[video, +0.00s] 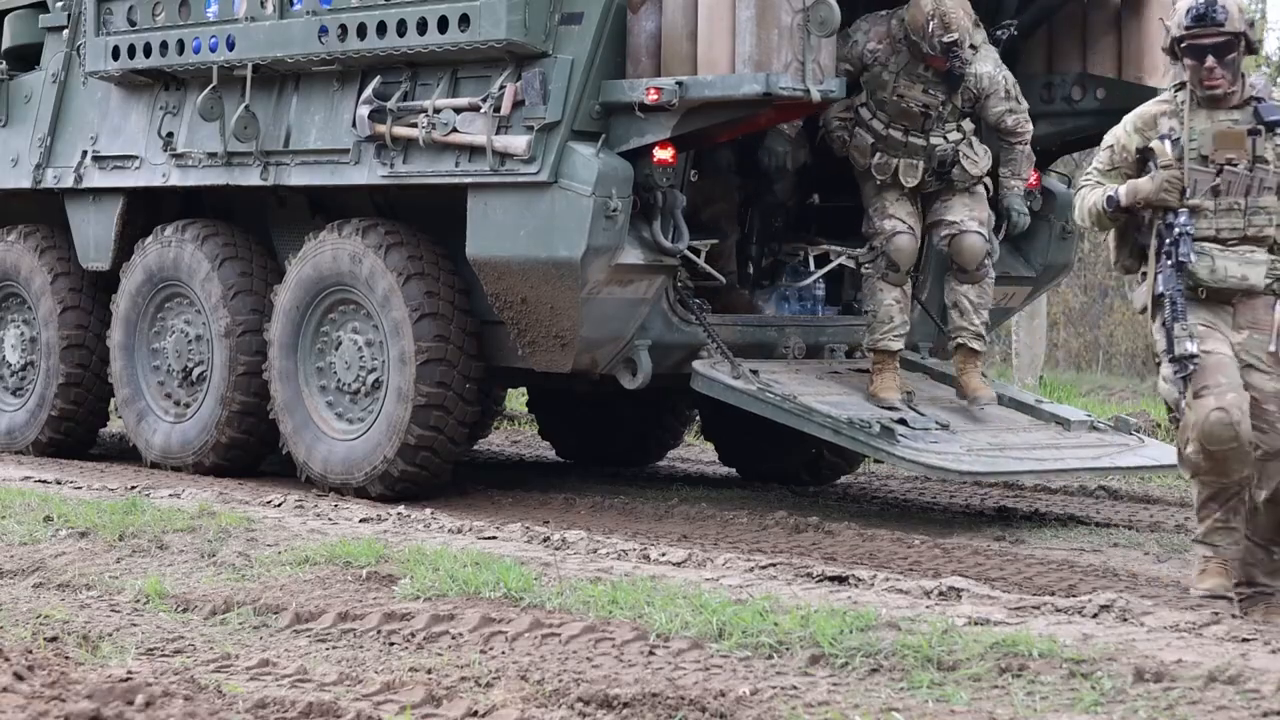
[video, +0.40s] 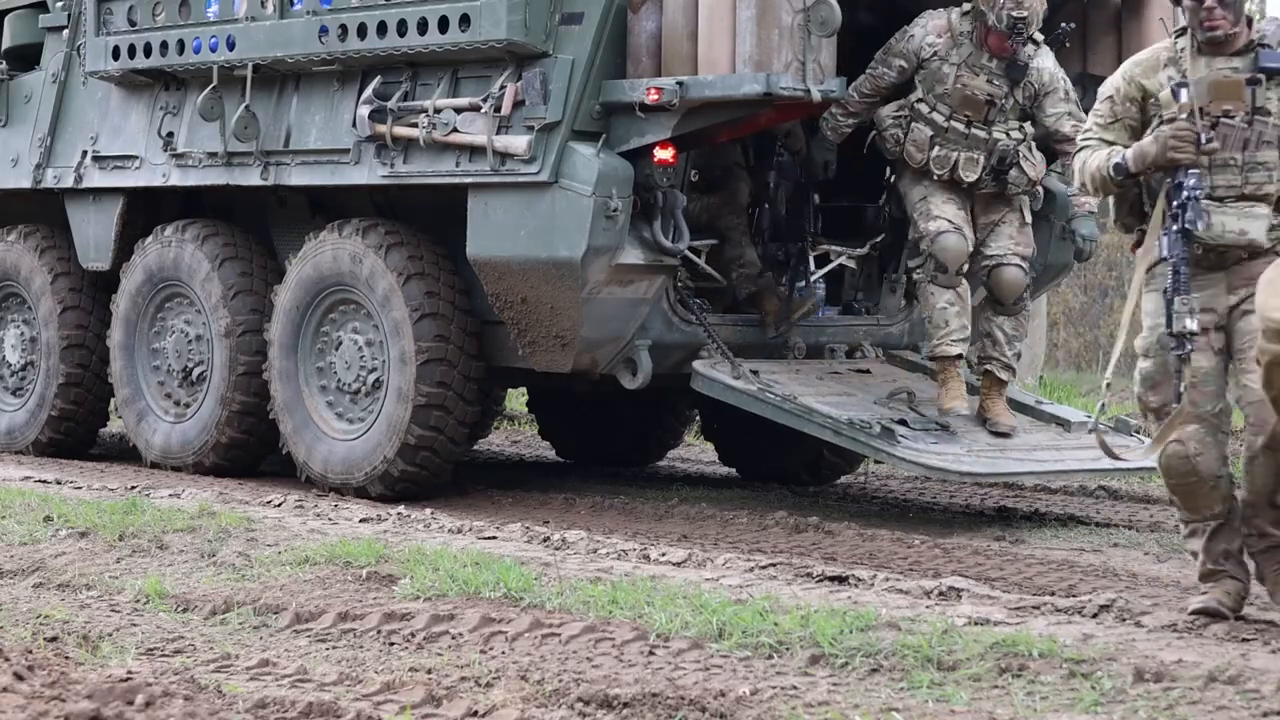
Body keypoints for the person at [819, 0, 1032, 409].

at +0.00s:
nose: (953, 61)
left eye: (959, 50)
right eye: (942, 52)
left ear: (969, 37)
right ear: (917, 37)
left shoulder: (983, 65)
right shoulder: (874, 38)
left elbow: (1015, 131)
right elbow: (821, 69)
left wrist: (1015, 194)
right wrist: (843, 132)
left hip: (957, 169)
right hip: (887, 164)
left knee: (971, 247)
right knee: (897, 247)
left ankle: (969, 367)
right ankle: (885, 368)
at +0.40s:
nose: (1012, 33)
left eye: (1024, 22)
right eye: (1007, 18)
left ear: (1034, 22)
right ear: (984, 10)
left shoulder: (1041, 65)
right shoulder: (933, 34)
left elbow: (1071, 143)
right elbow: (874, 85)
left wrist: (1082, 208)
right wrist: (828, 134)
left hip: (1003, 179)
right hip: (931, 167)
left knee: (1009, 278)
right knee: (949, 251)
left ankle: (994, 392)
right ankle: (949, 376)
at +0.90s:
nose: (1027, 31)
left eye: (1036, 22)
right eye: (1018, 21)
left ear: (1046, 19)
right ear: (995, 15)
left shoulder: (1072, 59)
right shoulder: (955, 61)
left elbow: (1121, 101)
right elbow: (901, 126)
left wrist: (1096, 133)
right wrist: (882, 192)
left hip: (1044, 210)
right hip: (975, 208)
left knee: (1077, 309)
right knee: (1005, 306)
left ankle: (1072, 439)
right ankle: (976, 423)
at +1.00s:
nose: (1040, 35)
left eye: (1047, 26)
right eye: (1030, 25)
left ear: (1056, 24)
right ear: (1003, 22)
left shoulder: (1075, 60)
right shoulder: (967, 66)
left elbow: (1132, 68)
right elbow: (900, 109)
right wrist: (881, 165)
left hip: (1053, 216)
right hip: (984, 216)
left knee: (1071, 340)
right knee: (1013, 325)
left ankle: (1083, 443)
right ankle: (976, 427)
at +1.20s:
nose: (1067, 54)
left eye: (1075, 43)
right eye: (1056, 44)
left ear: (1088, 43)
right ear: (1032, 46)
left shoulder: (1096, 95)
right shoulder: (999, 95)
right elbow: (933, 146)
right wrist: (901, 204)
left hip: (1079, 245)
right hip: (1012, 245)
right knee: (1036, 349)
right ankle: (988, 435)